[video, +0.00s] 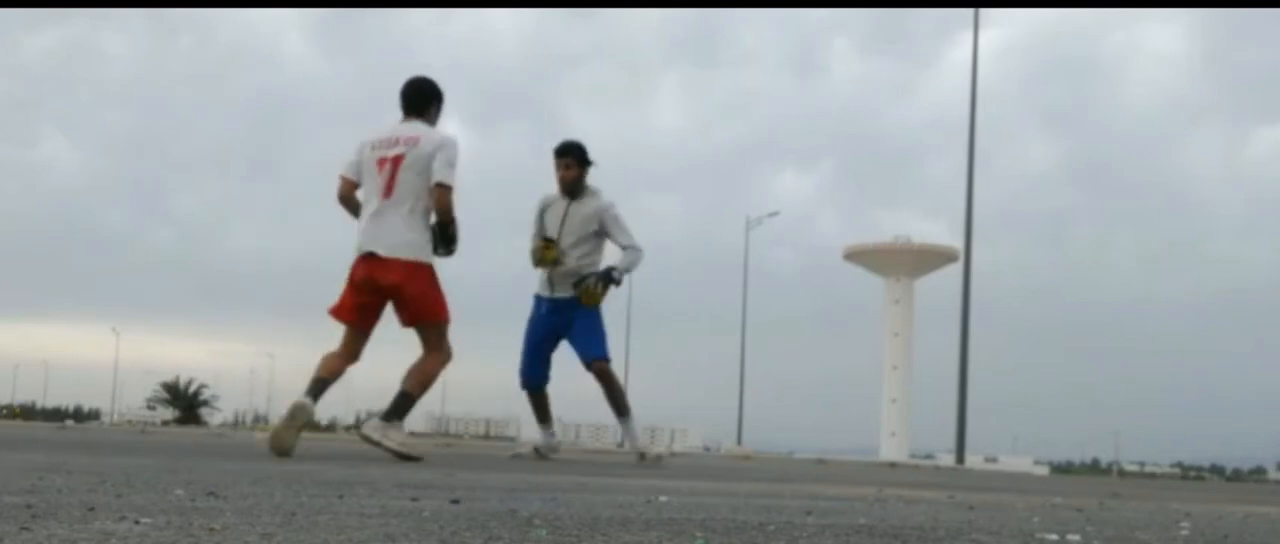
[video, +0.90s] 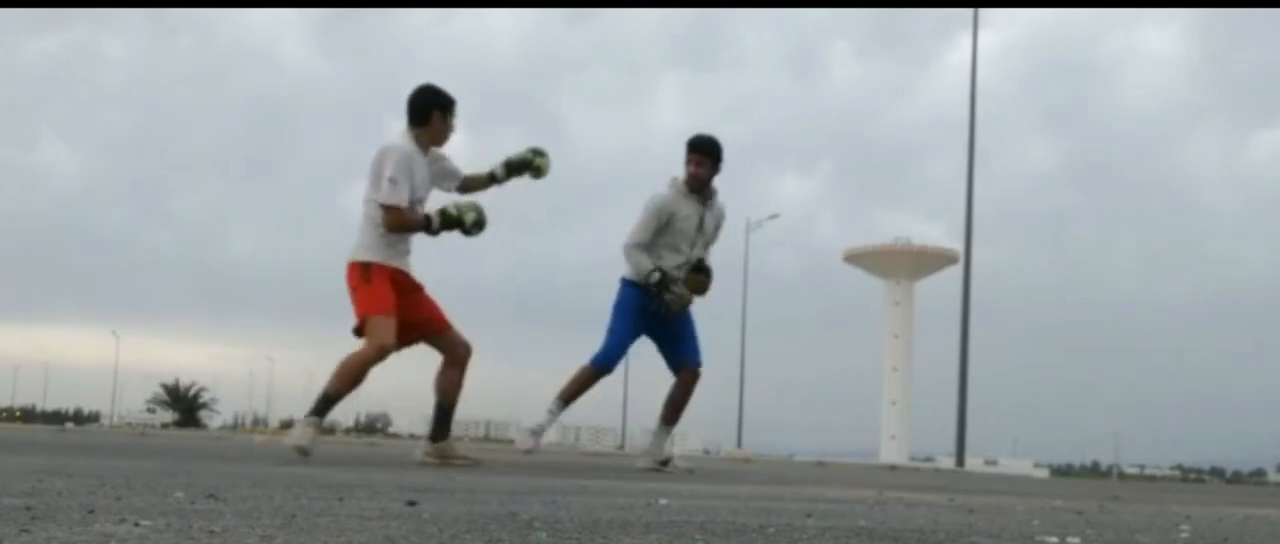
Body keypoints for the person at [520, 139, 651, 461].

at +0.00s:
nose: (563, 173)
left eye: (570, 167)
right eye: (559, 167)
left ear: (584, 170)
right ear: (555, 169)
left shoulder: (600, 208)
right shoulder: (546, 205)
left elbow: (633, 251)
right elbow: (536, 253)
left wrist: (612, 274)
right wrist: (542, 256)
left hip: (582, 304)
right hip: (547, 303)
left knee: (599, 367)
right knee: (531, 378)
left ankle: (630, 436)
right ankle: (548, 439)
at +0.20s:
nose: (608, 187)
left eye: (615, 181)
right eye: (604, 181)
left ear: (629, 185)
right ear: (599, 184)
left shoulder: (639, 228)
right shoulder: (586, 218)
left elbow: (645, 279)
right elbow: (563, 251)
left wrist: (612, 268)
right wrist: (554, 242)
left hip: (616, 318)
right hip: (575, 314)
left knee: (641, 379)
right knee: (544, 369)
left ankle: (656, 450)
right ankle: (534, 419)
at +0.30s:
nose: (640, 201)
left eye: (647, 196)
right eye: (636, 193)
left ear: (652, 201)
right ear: (623, 191)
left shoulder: (643, 241)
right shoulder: (595, 215)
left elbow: (626, 288)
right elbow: (558, 198)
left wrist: (616, 267)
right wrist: (528, 180)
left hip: (609, 307)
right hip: (573, 300)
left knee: (638, 367)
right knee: (573, 358)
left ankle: (659, 449)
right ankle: (521, 423)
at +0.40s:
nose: (652, 230)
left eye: (658, 228)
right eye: (652, 223)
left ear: (657, 229)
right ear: (640, 211)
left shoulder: (634, 246)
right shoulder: (606, 229)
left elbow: (603, 283)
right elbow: (579, 213)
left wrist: (623, 287)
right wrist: (558, 188)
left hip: (594, 300)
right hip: (563, 293)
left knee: (633, 358)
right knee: (563, 365)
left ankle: (650, 444)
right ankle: (514, 436)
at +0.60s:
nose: (662, 208)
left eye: (671, 204)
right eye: (659, 200)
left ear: (677, 210)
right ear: (648, 198)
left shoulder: (652, 236)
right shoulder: (623, 228)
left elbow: (621, 265)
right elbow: (597, 283)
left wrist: (627, 284)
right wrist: (622, 321)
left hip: (596, 297)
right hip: (565, 288)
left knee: (624, 369)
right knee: (548, 367)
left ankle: (623, 447)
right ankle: (498, 433)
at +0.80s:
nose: (690, 177)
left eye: (697, 172)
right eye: (686, 169)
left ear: (706, 177)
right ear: (677, 167)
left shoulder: (691, 210)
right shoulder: (656, 202)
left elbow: (661, 248)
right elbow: (621, 250)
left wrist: (668, 269)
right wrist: (646, 281)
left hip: (642, 292)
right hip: (612, 285)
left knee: (678, 358)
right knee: (574, 356)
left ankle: (659, 442)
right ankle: (516, 420)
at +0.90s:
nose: (695, 171)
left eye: (703, 166)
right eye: (691, 163)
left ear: (716, 171)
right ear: (685, 164)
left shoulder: (715, 213)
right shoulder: (665, 201)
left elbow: (700, 254)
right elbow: (632, 247)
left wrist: (699, 276)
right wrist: (658, 278)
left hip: (674, 300)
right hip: (638, 292)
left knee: (689, 371)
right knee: (606, 360)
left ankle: (656, 451)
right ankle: (540, 428)